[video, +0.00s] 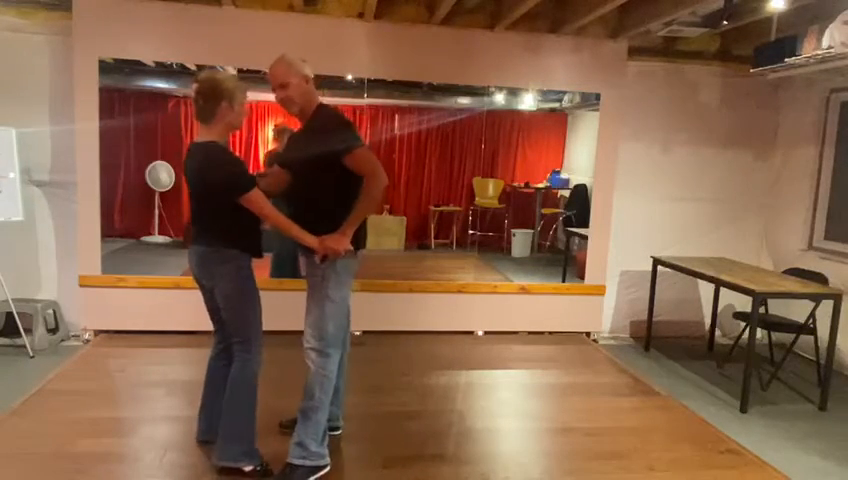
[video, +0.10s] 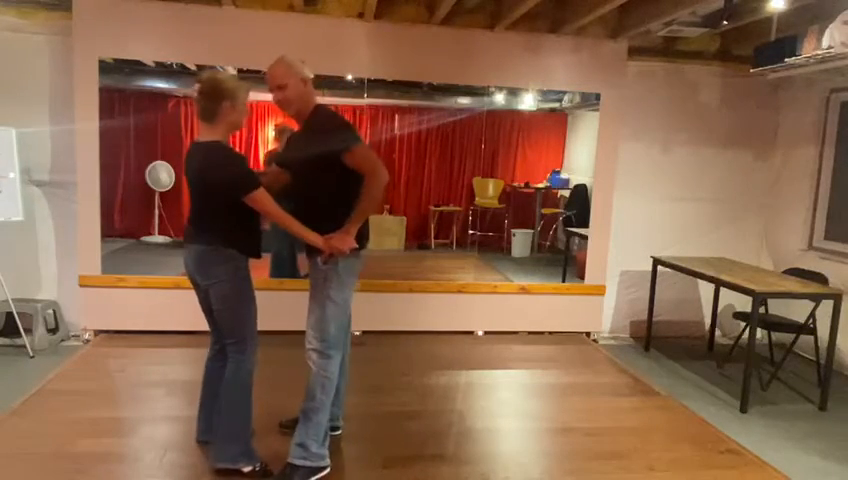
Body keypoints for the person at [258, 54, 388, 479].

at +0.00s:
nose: (278, 95)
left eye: (282, 86)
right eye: (274, 89)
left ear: (307, 80)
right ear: (284, 89)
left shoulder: (332, 125)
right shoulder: (301, 132)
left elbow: (377, 179)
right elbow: (281, 180)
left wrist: (346, 233)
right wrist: (243, 186)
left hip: (333, 252)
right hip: (315, 250)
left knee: (320, 347)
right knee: (329, 340)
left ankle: (310, 454)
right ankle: (328, 418)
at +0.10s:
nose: (276, 97)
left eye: (281, 87)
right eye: (272, 90)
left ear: (305, 82)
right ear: (279, 90)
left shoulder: (329, 125)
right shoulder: (300, 133)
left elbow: (378, 175)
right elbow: (277, 180)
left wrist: (349, 231)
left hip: (337, 252)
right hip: (321, 250)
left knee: (322, 348)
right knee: (330, 342)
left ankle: (311, 455)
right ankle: (328, 418)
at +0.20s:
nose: (275, 98)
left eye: (281, 88)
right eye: (271, 91)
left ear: (305, 84)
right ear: (276, 93)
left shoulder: (329, 126)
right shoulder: (298, 134)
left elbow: (380, 170)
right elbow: (281, 180)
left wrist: (358, 227)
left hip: (340, 251)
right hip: (323, 250)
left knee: (323, 348)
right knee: (331, 342)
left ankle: (312, 457)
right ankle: (329, 418)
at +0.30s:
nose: (275, 97)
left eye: (281, 88)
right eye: (271, 90)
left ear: (305, 85)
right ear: (277, 92)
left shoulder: (328, 125)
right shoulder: (297, 135)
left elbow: (384, 164)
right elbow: (271, 179)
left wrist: (368, 223)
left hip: (343, 253)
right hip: (323, 253)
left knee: (325, 349)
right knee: (327, 342)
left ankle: (313, 460)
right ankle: (326, 418)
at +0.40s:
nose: (277, 92)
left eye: (284, 84)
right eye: (273, 85)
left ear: (308, 84)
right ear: (274, 91)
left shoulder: (333, 124)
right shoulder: (291, 138)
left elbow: (388, 154)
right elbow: (264, 183)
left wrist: (379, 214)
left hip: (344, 252)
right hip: (320, 252)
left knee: (325, 351)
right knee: (318, 340)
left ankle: (313, 462)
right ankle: (325, 416)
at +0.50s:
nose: (281, 90)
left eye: (288, 82)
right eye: (277, 83)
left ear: (312, 82)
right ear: (276, 88)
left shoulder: (336, 120)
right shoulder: (292, 135)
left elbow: (390, 147)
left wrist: (383, 212)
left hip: (342, 250)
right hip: (317, 251)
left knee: (321, 350)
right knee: (312, 338)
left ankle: (313, 463)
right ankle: (323, 418)